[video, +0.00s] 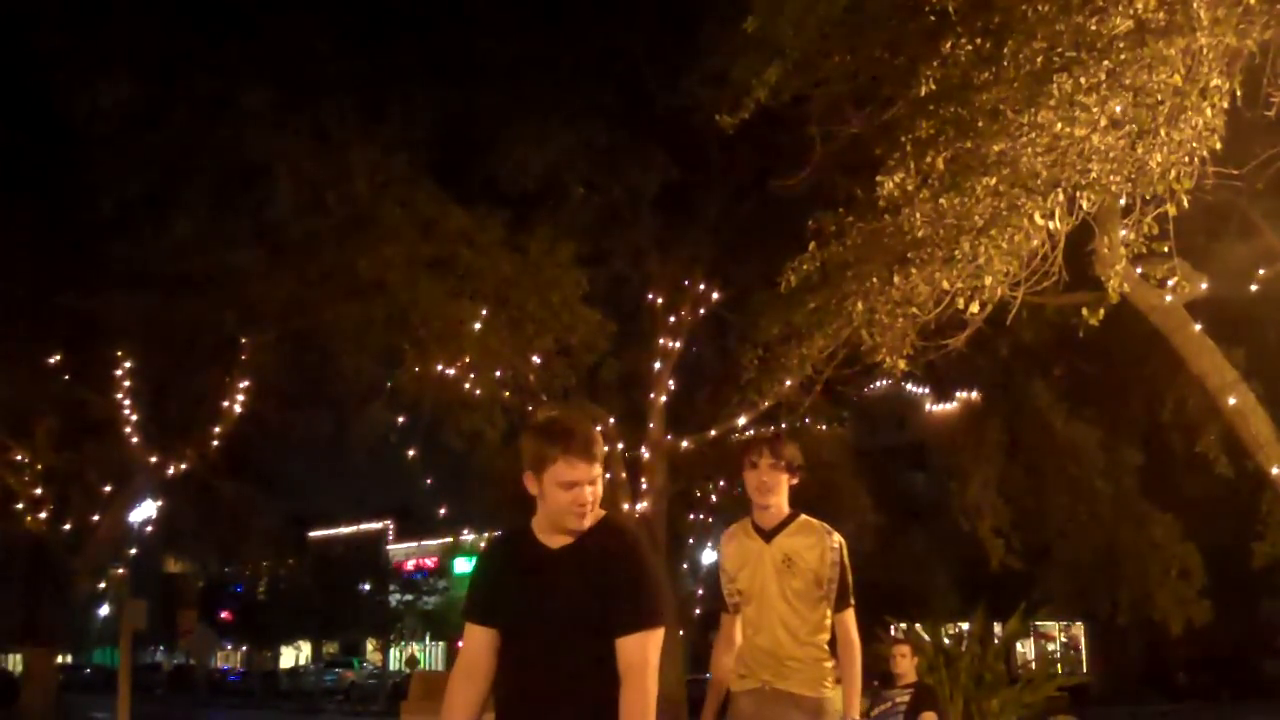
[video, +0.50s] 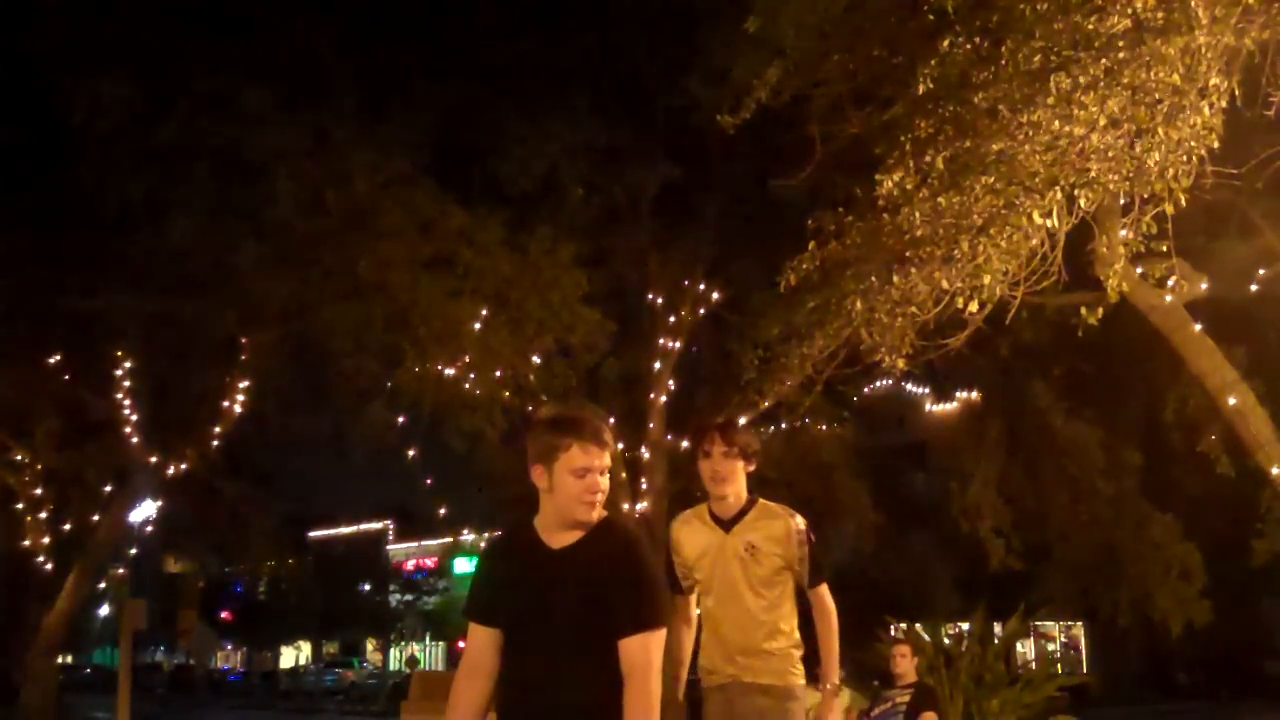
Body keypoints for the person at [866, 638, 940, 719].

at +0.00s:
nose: (897, 661)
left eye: (903, 656)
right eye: (893, 656)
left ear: (914, 661)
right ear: (889, 660)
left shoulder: (924, 691)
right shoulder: (879, 693)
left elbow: (928, 716)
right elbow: (867, 716)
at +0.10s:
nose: (897, 661)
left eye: (903, 656)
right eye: (893, 656)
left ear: (914, 661)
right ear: (889, 660)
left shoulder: (924, 691)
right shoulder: (880, 692)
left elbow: (928, 716)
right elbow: (871, 715)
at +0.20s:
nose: (897, 661)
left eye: (903, 656)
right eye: (893, 656)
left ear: (914, 661)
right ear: (889, 660)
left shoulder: (924, 691)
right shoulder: (881, 691)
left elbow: (929, 716)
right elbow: (868, 715)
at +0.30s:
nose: (897, 661)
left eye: (903, 656)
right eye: (893, 656)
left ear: (914, 661)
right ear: (889, 660)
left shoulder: (925, 691)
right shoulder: (881, 691)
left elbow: (929, 717)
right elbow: (869, 715)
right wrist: (859, 715)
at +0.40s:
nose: (897, 661)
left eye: (903, 656)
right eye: (893, 656)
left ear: (914, 661)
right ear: (889, 660)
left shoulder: (925, 691)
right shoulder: (880, 692)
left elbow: (928, 717)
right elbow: (867, 716)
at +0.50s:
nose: (896, 661)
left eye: (903, 656)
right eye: (893, 656)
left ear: (914, 661)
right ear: (889, 661)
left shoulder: (925, 691)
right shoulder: (880, 693)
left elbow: (929, 716)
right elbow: (867, 716)